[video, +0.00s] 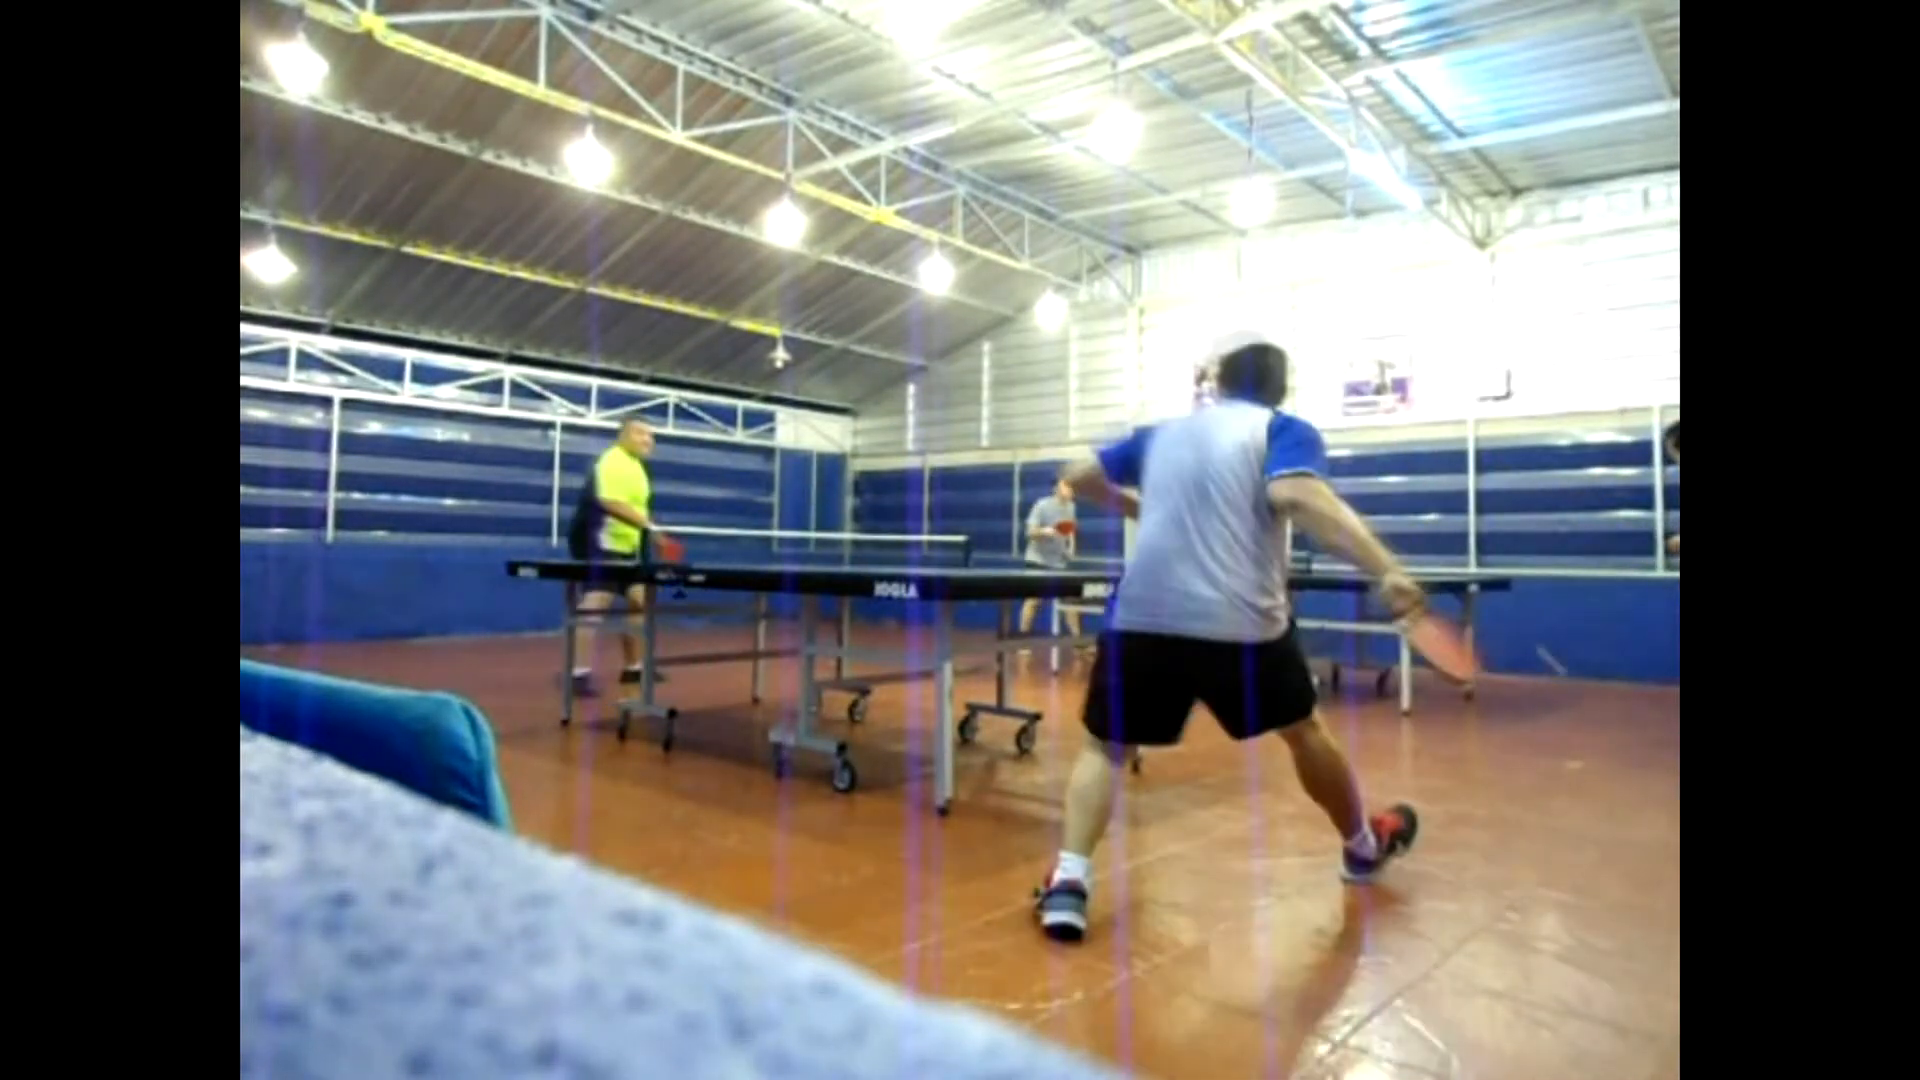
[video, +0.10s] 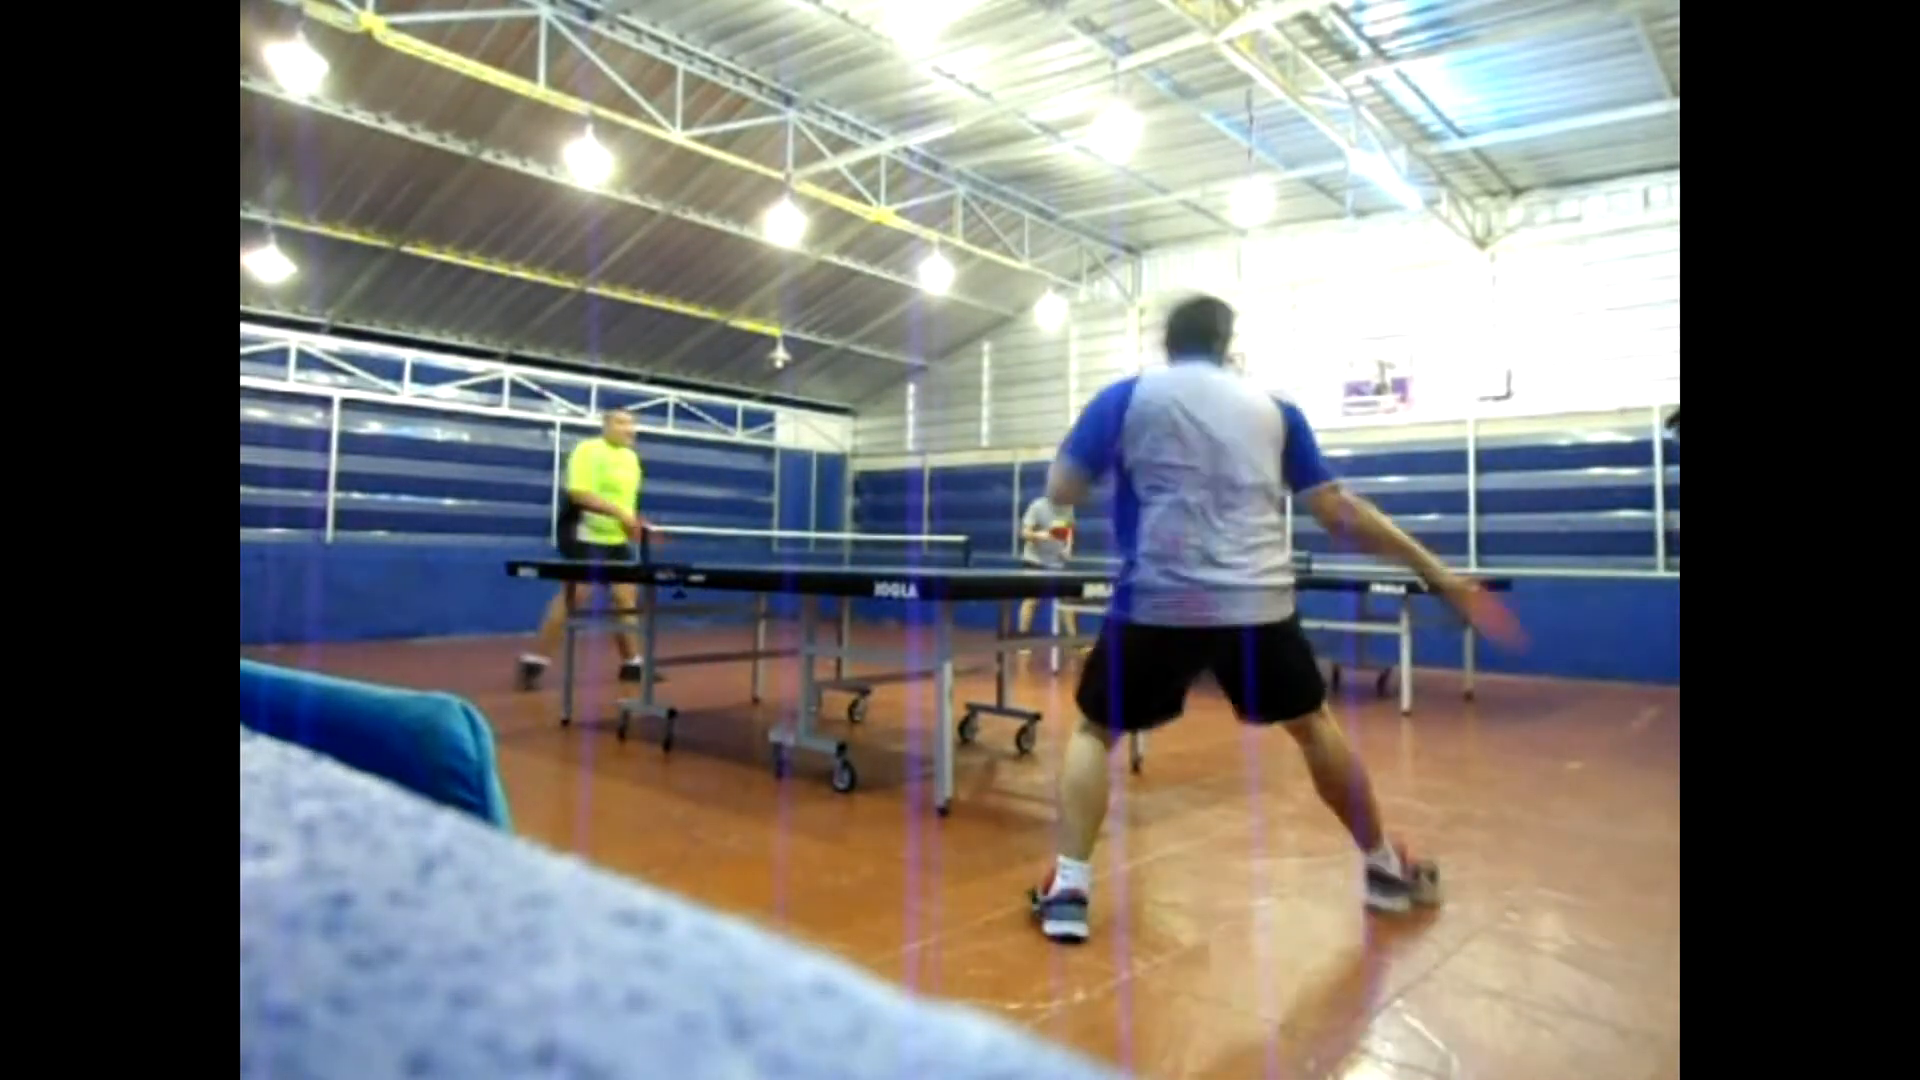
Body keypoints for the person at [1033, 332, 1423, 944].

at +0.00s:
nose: (1291, 400)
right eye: (1288, 391)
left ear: (1215, 384)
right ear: (1277, 389)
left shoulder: (1162, 433)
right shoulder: (1284, 429)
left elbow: (1077, 479)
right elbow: (1294, 493)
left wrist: (1138, 508)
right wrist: (1386, 570)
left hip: (1143, 622)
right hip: (1239, 625)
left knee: (1103, 748)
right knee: (1303, 734)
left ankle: (1067, 882)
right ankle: (1361, 843)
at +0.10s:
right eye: (1227, 343)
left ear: (1166, 345)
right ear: (1228, 347)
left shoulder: (1126, 398)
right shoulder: (1273, 411)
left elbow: (1062, 488)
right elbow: (1336, 511)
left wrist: (1119, 472)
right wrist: (1436, 572)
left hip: (1156, 613)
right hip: (1257, 612)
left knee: (1093, 732)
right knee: (1313, 728)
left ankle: (1067, 891)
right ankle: (1384, 866)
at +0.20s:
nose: (1132, 353)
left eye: (1130, 342)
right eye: (1134, 342)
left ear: (1139, 341)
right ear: (1204, 328)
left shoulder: (1142, 406)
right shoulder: (1268, 377)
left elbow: (1096, 521)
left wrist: (1068, 484)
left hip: (1167, 618)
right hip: (1268, 617)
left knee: (1074, 718)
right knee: (1302, 725)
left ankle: (1061, 898)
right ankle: (1359, 874)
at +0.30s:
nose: (1140, 350)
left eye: (1142, 338)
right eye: (1138, 338)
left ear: (1157, 340)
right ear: (1215, 329)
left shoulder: (1171, 413)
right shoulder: (1269, 375)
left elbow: (1134, 541)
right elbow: (1215, 380)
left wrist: (1084, 494)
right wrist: (1150, 373)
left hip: (1187, 617)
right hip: (1280, 610)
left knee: (1068, 714)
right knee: (1271, 746)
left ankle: (1058, 896)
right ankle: (1340, 891)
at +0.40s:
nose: (1160, 341)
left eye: (1164, 326)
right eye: (1160, 326)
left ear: (1186, 330)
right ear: (1233, 324)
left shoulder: (1221, 411)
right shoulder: (1276, 390)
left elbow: (1224, 545)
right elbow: (1199, 465)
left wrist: (1132, 542)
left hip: (1206, 621)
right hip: (1274, 625)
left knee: (1081, 707)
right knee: (1254, 749)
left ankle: (1056, 895)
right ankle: (1356, 891)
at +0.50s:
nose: (1189, 314)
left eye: (1193, 298)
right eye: (1189, 298)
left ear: (1219, 300)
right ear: (1254, 298)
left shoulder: (1270, 369)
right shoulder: (1263, 370)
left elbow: (1345, 478)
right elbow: (1257, 492)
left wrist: (1249, 557)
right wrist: (1173, 518)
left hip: (1262, 602)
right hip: (1310, 606)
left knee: (1153, 705)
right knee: (1287, 732)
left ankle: (1072, 890)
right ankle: (1368, 892)